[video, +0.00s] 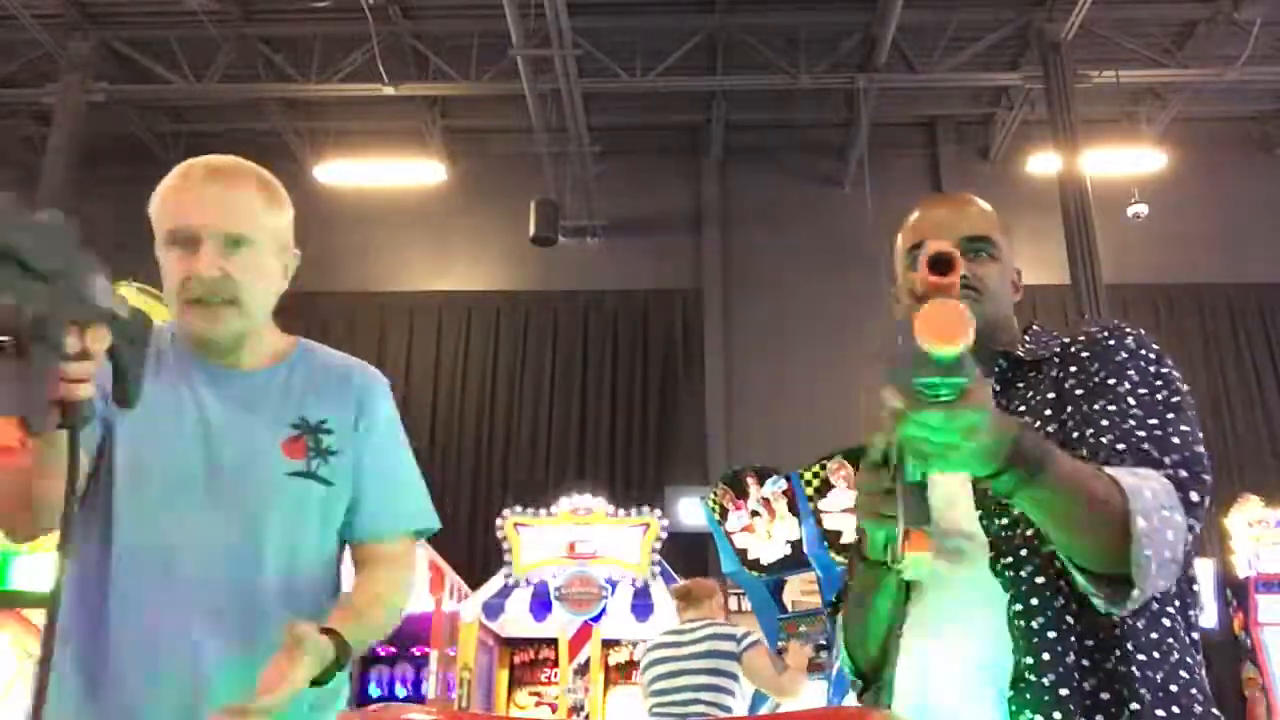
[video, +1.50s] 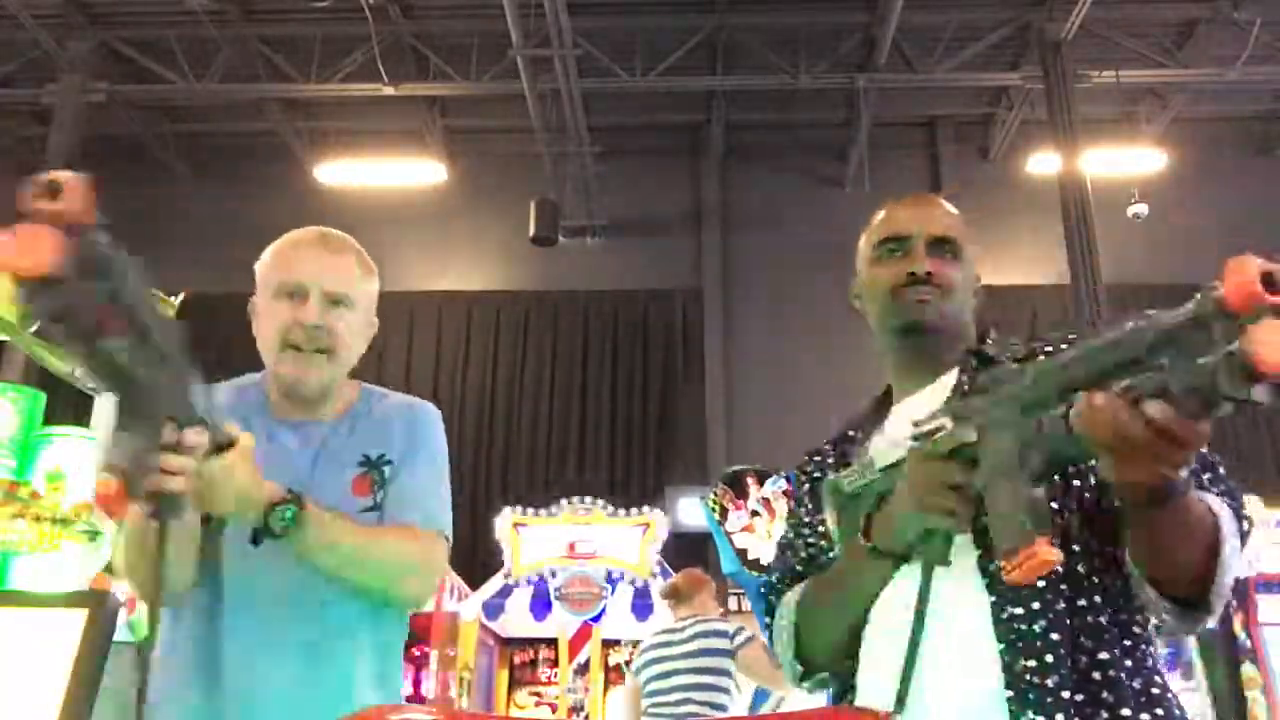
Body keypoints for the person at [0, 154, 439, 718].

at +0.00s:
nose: (206, 269)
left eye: (234, 245)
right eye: (183, 244)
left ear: (287, 266)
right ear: (157, 257)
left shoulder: (352, 395)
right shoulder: (109, 370)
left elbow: (390, 574)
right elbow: (24, 526)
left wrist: (330, 643)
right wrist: (54, 419)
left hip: (274, 713)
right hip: (101, 706)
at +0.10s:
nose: (230, 260)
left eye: (260, 235)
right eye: (208, 235)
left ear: (315, 255)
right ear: (182, 250)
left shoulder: (376, 391)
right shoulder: (126, 364)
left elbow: (412, 565)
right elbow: (44, 524)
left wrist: (339, 647)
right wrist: (70, 402)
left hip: (291, 709)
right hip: (119, 704)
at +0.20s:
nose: (293, 256)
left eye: (322, 232)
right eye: (269, 230)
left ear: (374, 254)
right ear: (240, 246)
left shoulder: (434, 388)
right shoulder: (181, 366)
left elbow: (468, 566)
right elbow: (103, 525)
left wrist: (368, 646)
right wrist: (86, 403)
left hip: (341, 710)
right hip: (164, 701)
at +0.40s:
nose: (308, 296)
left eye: (333, 279)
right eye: (286, 274)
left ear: (373, 305)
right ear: (256, 292)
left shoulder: (423, 423)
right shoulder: (208, 402)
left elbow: (473, 586)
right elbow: (149, 540)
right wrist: (156, 440)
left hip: (363, 706)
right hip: (202, 704)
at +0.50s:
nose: (337, 303)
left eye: (362, 284)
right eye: (316, 281)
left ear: (402, 308)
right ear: (286, 299)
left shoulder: (445, 417)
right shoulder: (238, 401)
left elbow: (471, 571)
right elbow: (183, 553)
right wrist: (201, 474)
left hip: (384, 705)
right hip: (240, 703)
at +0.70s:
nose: (286, 291)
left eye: (311, 272)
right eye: (263, 269)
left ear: (351, 297)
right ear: (228, 288)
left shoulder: (397, 405)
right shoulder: (172, 390)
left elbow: (415, 564)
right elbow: (132, 569)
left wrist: (272, 478)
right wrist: (163, 458)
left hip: (344, 705)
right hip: (184, 705)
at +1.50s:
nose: (312, 318)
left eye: (338, 303)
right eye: (292, 296)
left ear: (369, 331)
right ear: (254, 312)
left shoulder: (410, 427)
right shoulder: (194, 415)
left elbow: (417, 576)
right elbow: (156, 585)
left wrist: (265, 504)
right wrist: (167, 499)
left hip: (348, 709)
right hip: (196, 708)